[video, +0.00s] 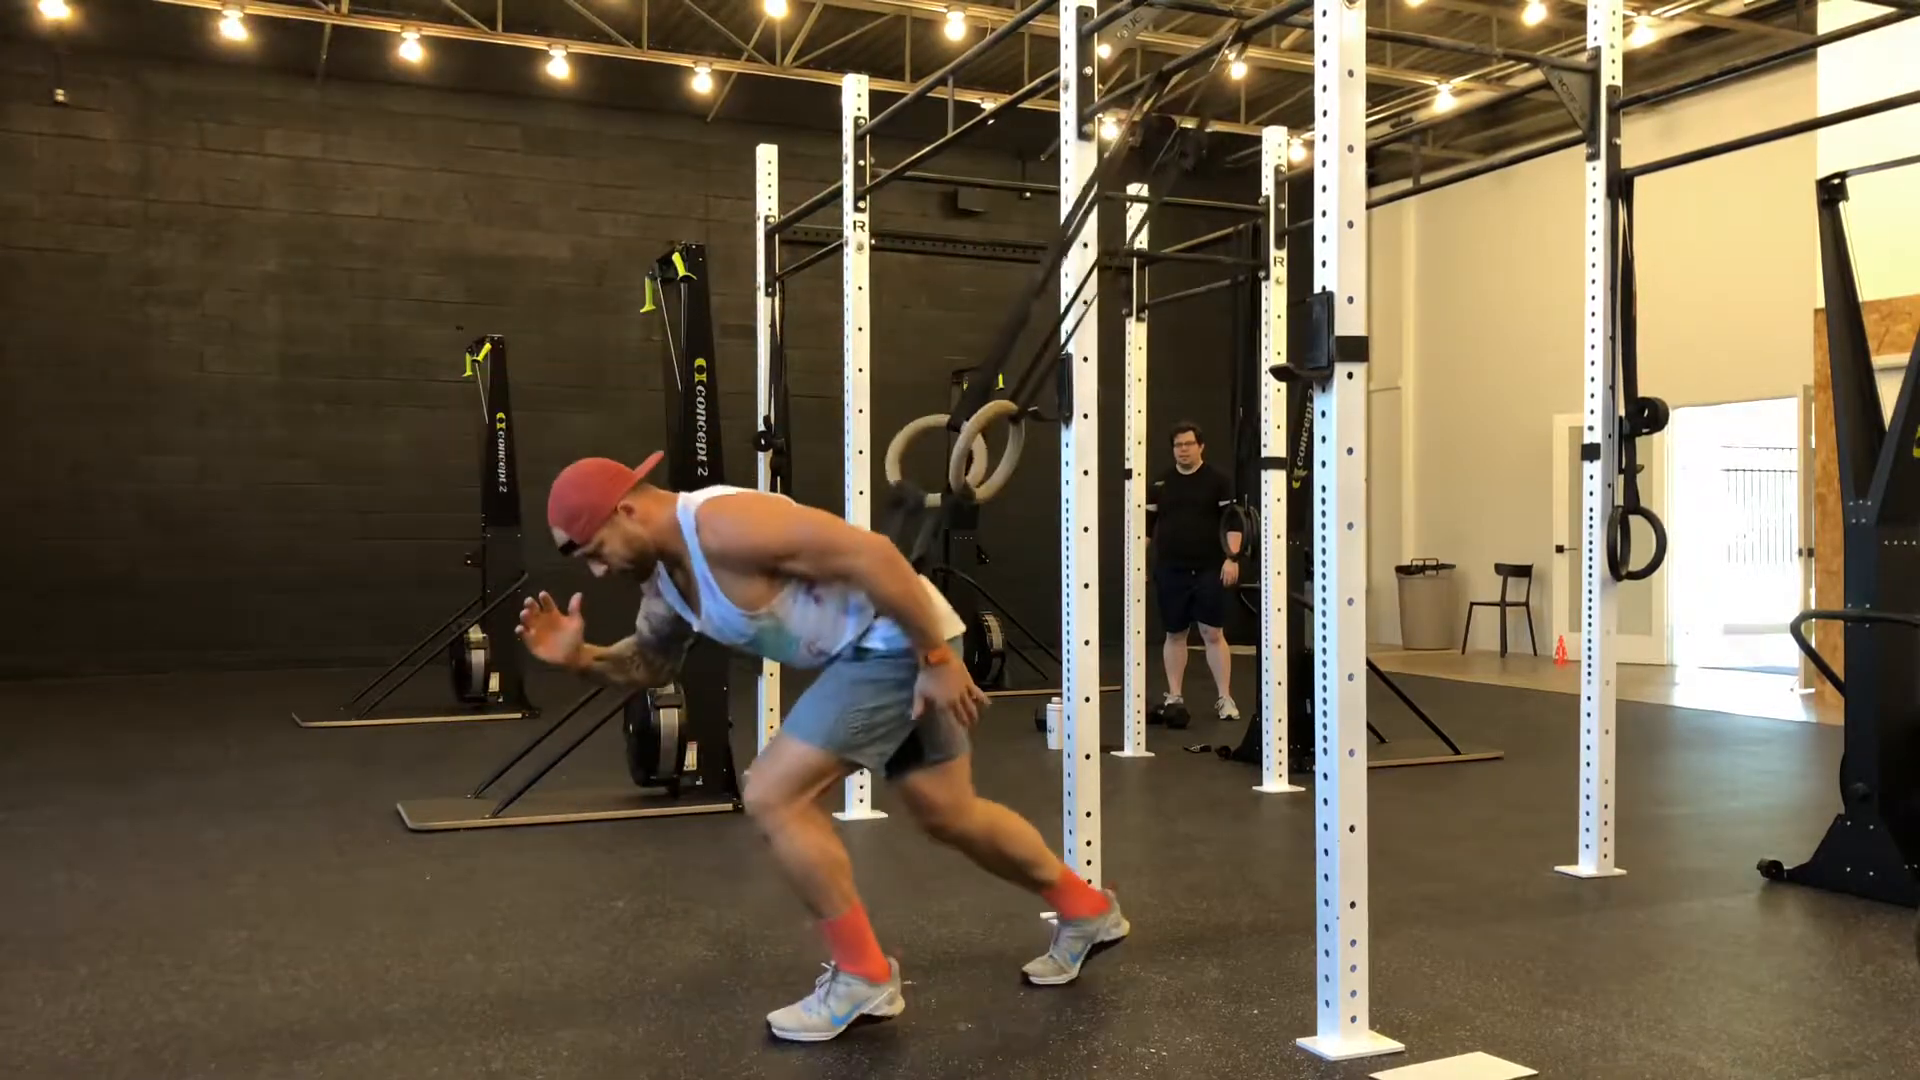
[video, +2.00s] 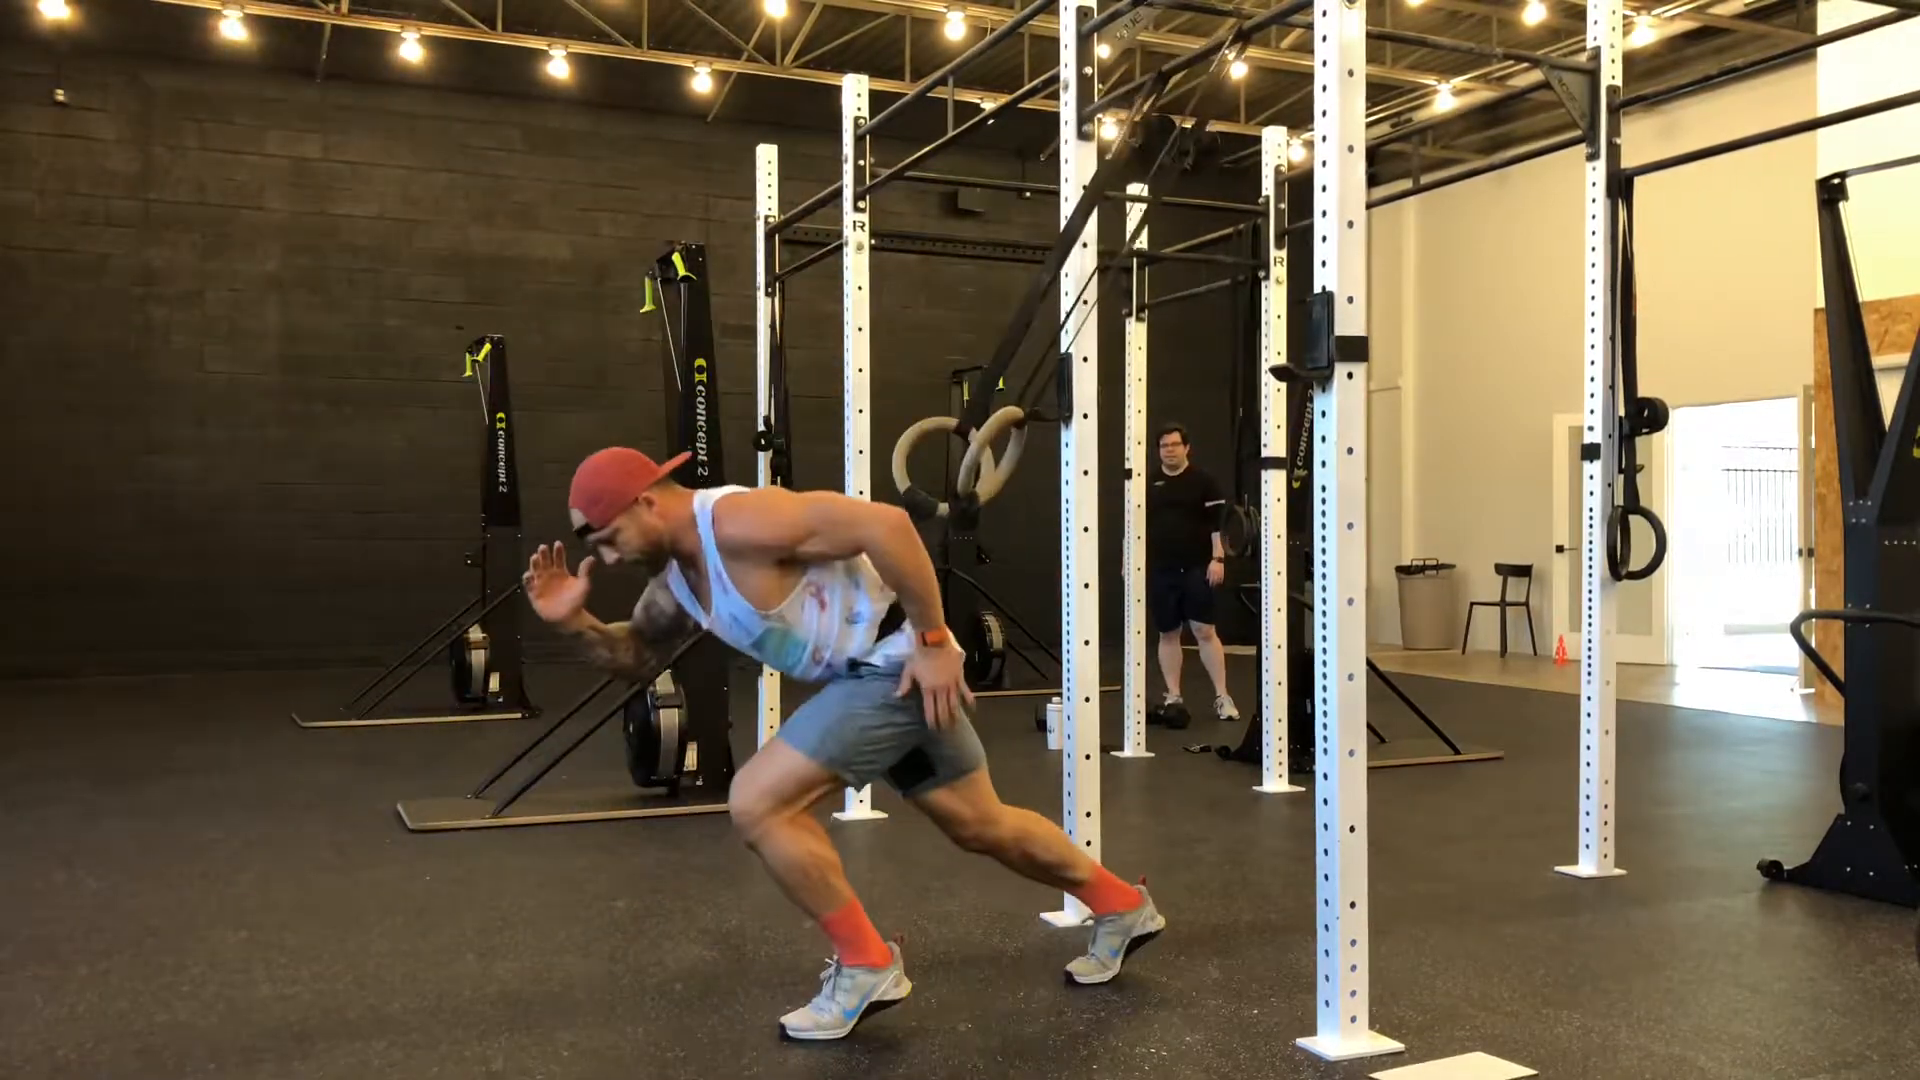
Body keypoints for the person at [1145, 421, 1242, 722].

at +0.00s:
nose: (1182, 450)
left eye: (1188, 444)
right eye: (1178, 445)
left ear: (1201, 447)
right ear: (1172, 449)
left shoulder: (1217, 480)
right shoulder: (1162, 483)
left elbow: (1233, 521)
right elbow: (1148, 527)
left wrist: (1232, 558)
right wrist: (1141, 563)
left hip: (1209, 570)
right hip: (1171, 570)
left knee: (1213, 634)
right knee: (1175, 634)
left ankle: (1224, 698)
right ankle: (1174, 696)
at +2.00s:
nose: (1169, 451)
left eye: (1174, 445)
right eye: (1164, 446)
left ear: (1186, 449)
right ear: (1158, 450)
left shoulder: (1203, 483)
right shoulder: (1147, 486)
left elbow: (1217, 525)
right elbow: (1134, 527)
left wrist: (1217, 559)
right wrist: (1130, 560)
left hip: (1196, 569)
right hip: (1160, 570)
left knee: (1204, 631)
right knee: (1168, 633)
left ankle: (1222, 697)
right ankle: (1173, 696)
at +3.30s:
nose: (1210, 448)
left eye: (1215, 443)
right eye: (1205, 443)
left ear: (1226, 447)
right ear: (1198, 448)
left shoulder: (1239, 482)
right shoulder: (1184, 482)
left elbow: (1255, 521)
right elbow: (1169, 525)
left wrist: (1255, 557)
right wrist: (1168, 560)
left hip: (1230, 568)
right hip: (1192, 567)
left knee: (1228, 632)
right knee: (1187, 633)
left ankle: (1227, 694)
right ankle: (1175, 693)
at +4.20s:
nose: (1224, 449)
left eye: (1229, 444)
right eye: (1219, 445)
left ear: (1239, 448)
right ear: (1212, 449)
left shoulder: (1249, 483)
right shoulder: (1198, 483)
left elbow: (1265, 522)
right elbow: (1182, 524)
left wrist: (1264, 562)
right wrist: (1179, 561)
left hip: (1240, 570)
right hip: (1204, 568)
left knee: (1234, 632)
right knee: (1194, 629)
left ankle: (1228, 695)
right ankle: (1173, 691)